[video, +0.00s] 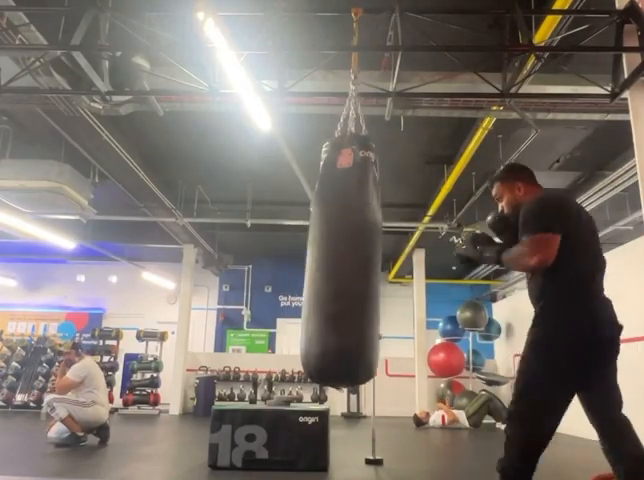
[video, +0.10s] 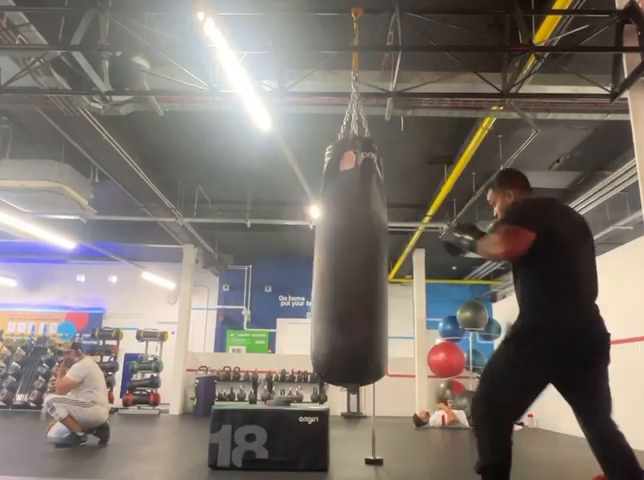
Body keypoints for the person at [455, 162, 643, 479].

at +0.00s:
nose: (499, 210)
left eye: (499, 199)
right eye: (497, 203)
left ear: (519, 187)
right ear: (526, 187)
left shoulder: (542, 204)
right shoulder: (573, 209)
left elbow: (539, 254)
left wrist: (495, 255)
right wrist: (518, 236)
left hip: (561, 326)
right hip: (597, 323)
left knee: (528, 419)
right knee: (608, 417)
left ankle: (513, 473)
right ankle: (634, 471)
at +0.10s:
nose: (494, 213)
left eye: (494, 204)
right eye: (492, 207)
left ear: (509, 193)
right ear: (525, 190)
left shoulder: (528, 209)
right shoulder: (573, 218)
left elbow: (507, 244)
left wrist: (472, 243)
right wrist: (482, 237)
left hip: (540, 334)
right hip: (585, 334)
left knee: (490, 411)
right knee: (600, 425)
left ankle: (492, 472)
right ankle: (630, 474)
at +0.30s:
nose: (474, 203)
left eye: (474, 199)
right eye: (475, 200)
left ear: (478, 194)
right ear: (506, 187)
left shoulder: (479, 207)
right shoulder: (547, 209)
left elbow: (440, 238)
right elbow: (568, 267)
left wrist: (431, 231)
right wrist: (534, 251)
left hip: (500, 327)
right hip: (554, 325)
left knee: (470, 411)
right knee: (594, 413)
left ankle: (470, 472)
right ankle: (629, 472)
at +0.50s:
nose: (435, 212)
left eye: (434, 205)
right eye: (432, 206)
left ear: (445, 199)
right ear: (465, 191)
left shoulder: (452, 229)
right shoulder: (512, 208)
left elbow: (447, 291)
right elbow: (537, 245)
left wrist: (447, 266)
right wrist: (502, 250)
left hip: (493, 335)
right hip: (543, 328)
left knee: (464, 431)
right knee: (579, 413)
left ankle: (452, 474)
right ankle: (626, 474)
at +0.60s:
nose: (423, 225)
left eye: (421, 216)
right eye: (419, 218)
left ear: (436, 207)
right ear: (449, 201)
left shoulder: (459, 233)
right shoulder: (493, 220)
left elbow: (465, 293)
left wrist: (446, 284)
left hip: (495, 342)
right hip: (537, 334)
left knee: (453, 434)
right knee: (586, 427)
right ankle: (632, 472)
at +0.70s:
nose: (425, 224)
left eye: (424, 214)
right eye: (422, 217)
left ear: (438, 204)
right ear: (454, 199)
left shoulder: (459, 222)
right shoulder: (504, 221)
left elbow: (464, 268)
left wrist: (433, 280)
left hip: (490, 339)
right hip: (536, 333)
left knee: (451, 425)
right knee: (569, 421)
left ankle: (447, 473)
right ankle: (621, 474)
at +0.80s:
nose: (440, 223)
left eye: (440, 216)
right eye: (437, 218)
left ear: (452, 205)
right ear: (469, 201)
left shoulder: (460, 219)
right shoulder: (529, 225)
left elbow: (452, 249)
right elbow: (550, 280)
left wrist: (430, 284)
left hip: (491, 339)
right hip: (543, 338)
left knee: (454, 422)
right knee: (559, 419)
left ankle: (445, 473)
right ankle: (603, 475)